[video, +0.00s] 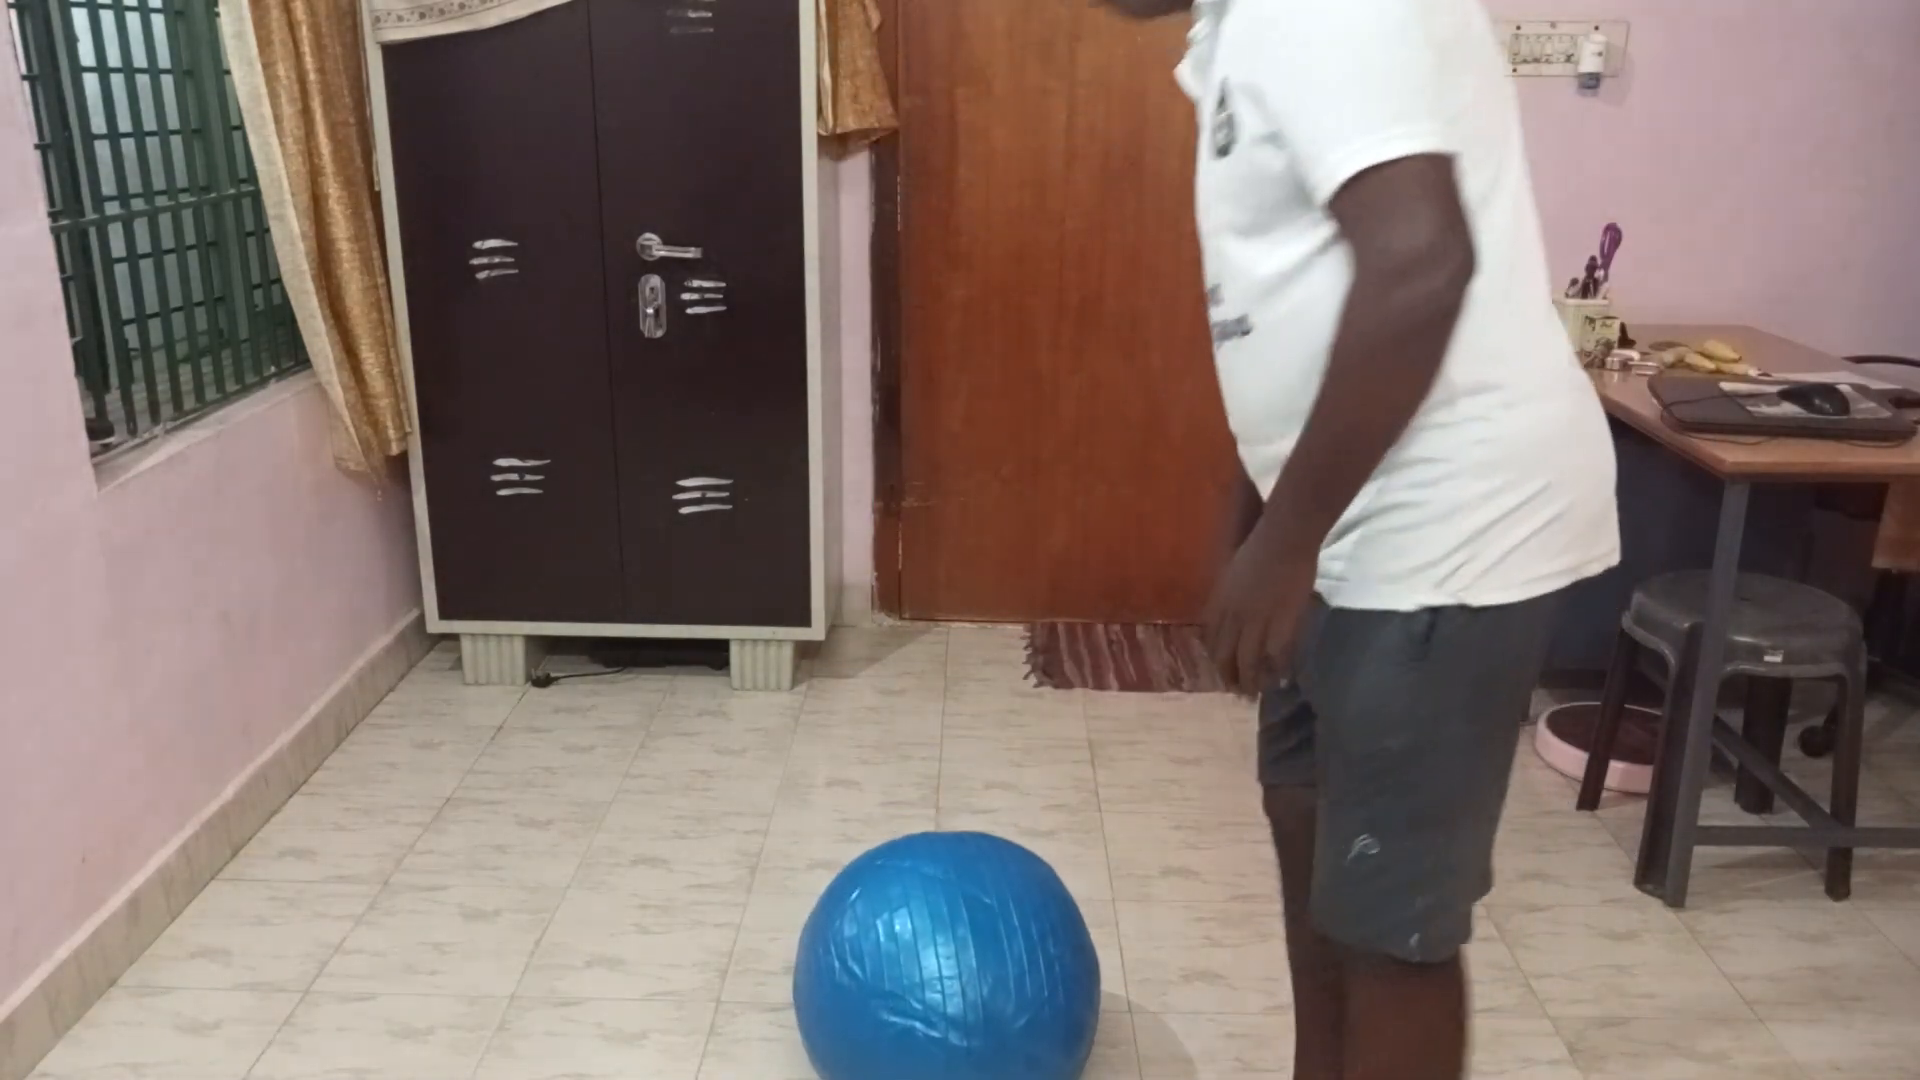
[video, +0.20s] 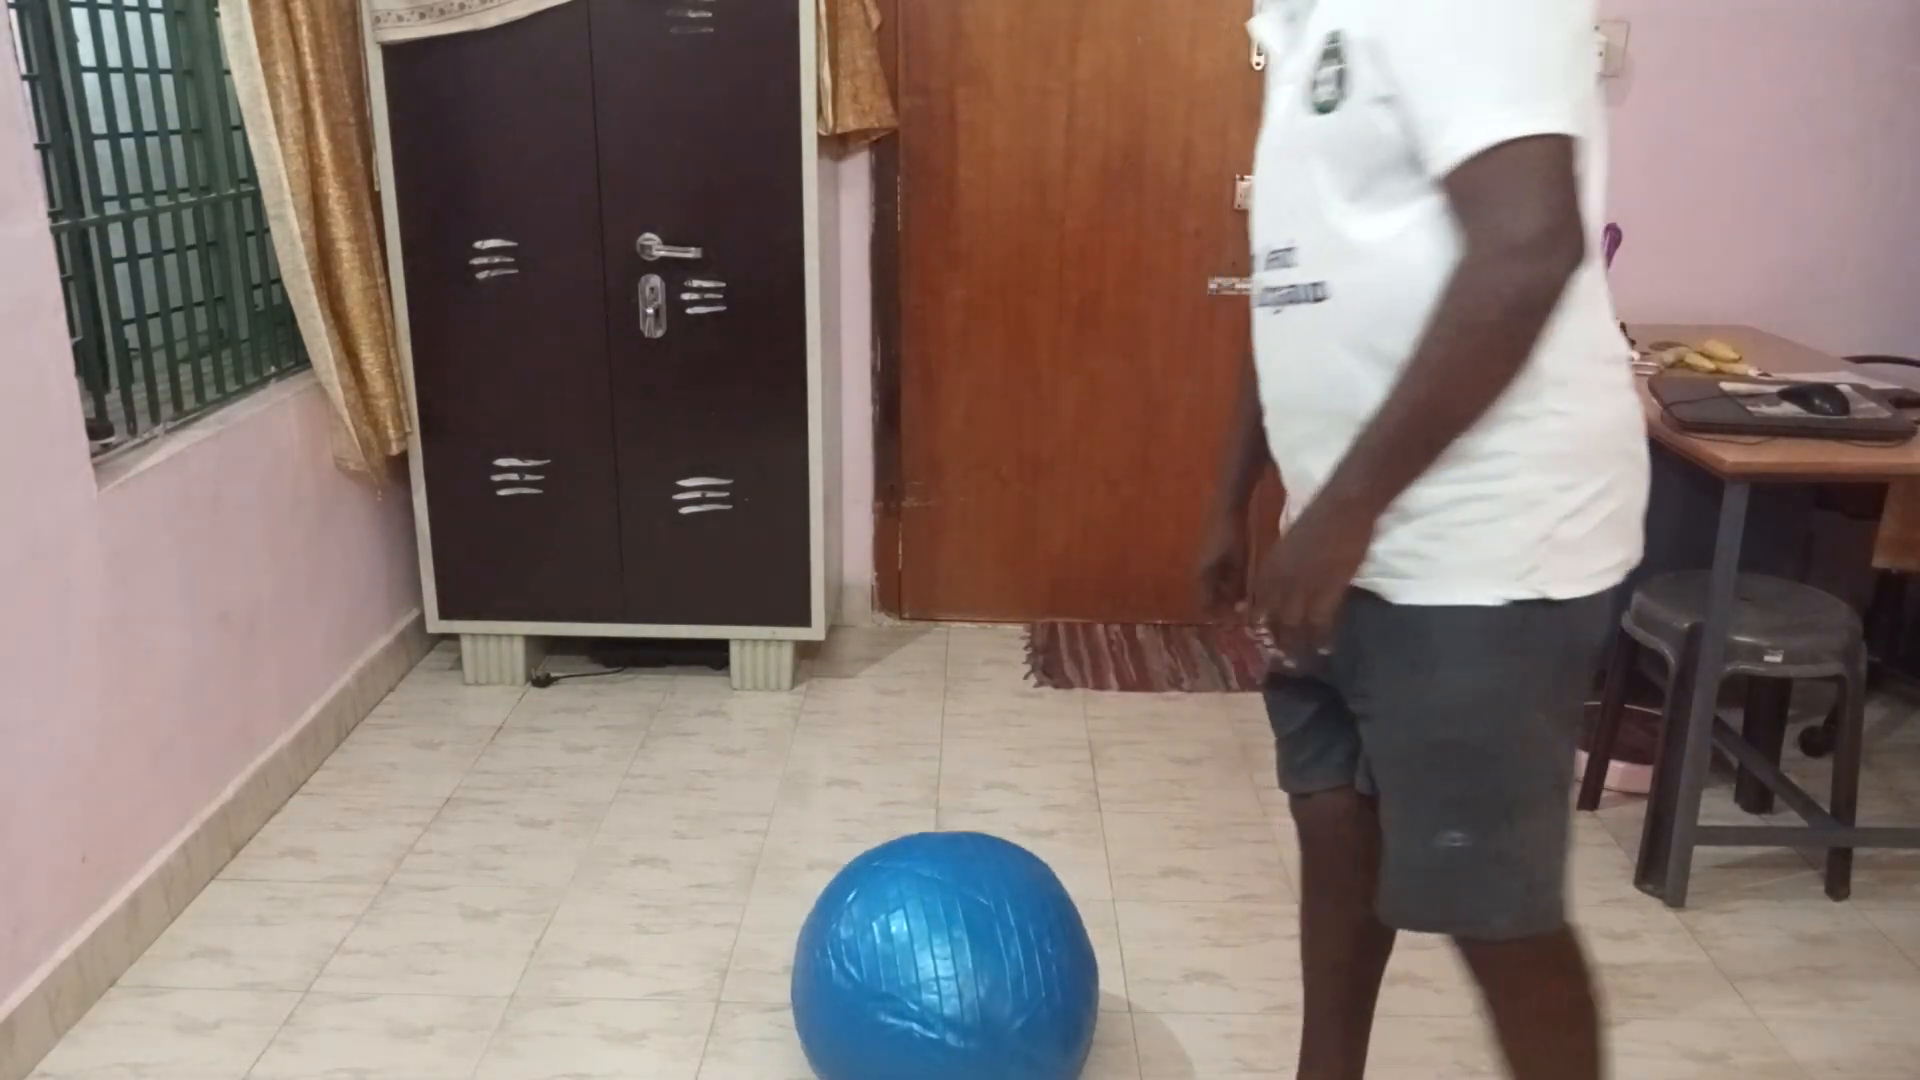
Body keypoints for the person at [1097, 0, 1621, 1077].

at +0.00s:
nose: (1117, 6)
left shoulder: (1321, 15)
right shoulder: (1241, 33)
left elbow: (1418, 261)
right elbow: (1303, 295)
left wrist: (1288, 542)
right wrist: (1251, 526)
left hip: (1449, 529)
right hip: (1357, 522)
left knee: (1391, 916)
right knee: (1311, 823)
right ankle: (1324, 1063)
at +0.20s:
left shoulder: (1474, 12)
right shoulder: (1302, 20)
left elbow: (1530, 241)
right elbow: (1310, 269)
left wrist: (1341, 511)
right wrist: (1237, 494)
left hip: (1488, 537)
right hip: (1347, 526)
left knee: (1500, 905)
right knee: (1337, 824)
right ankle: (1326, 1070)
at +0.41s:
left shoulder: (1647, 14)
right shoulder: (1373, 15)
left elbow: (1697, 259)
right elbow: (1343, 262)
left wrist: (1496, 546)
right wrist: (1249, 467)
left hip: (1591, 575)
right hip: (1387, 547)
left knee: (1622, 919)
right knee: (1384, 838)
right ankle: (1334, 1070)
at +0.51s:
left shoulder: (1746, 17)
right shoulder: (1441, 20)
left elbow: (1801, 281)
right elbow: (1387, 284)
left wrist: (1625, 581)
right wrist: (1264, 490)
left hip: (1639, 608)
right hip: (1431, 571)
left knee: (1657, 933)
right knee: (1402, 855)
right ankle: (1337, 1070)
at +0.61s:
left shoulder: (1834, 25)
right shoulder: (1499, 25)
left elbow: (1896, 329)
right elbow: (1429, 297)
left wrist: (1788, 631)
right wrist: (1311, 521)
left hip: (1693, 607)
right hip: (1474, 575)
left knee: (1693, 935)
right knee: (1414, 865)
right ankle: (1340, 1072)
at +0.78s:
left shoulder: (1895, 30)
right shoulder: (1569, 20)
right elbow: (1496, 289)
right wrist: (1456, 539)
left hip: (1801, 601)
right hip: (1547, 570)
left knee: (1739, 947)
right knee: (1432, 873)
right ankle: (1363, 1075)